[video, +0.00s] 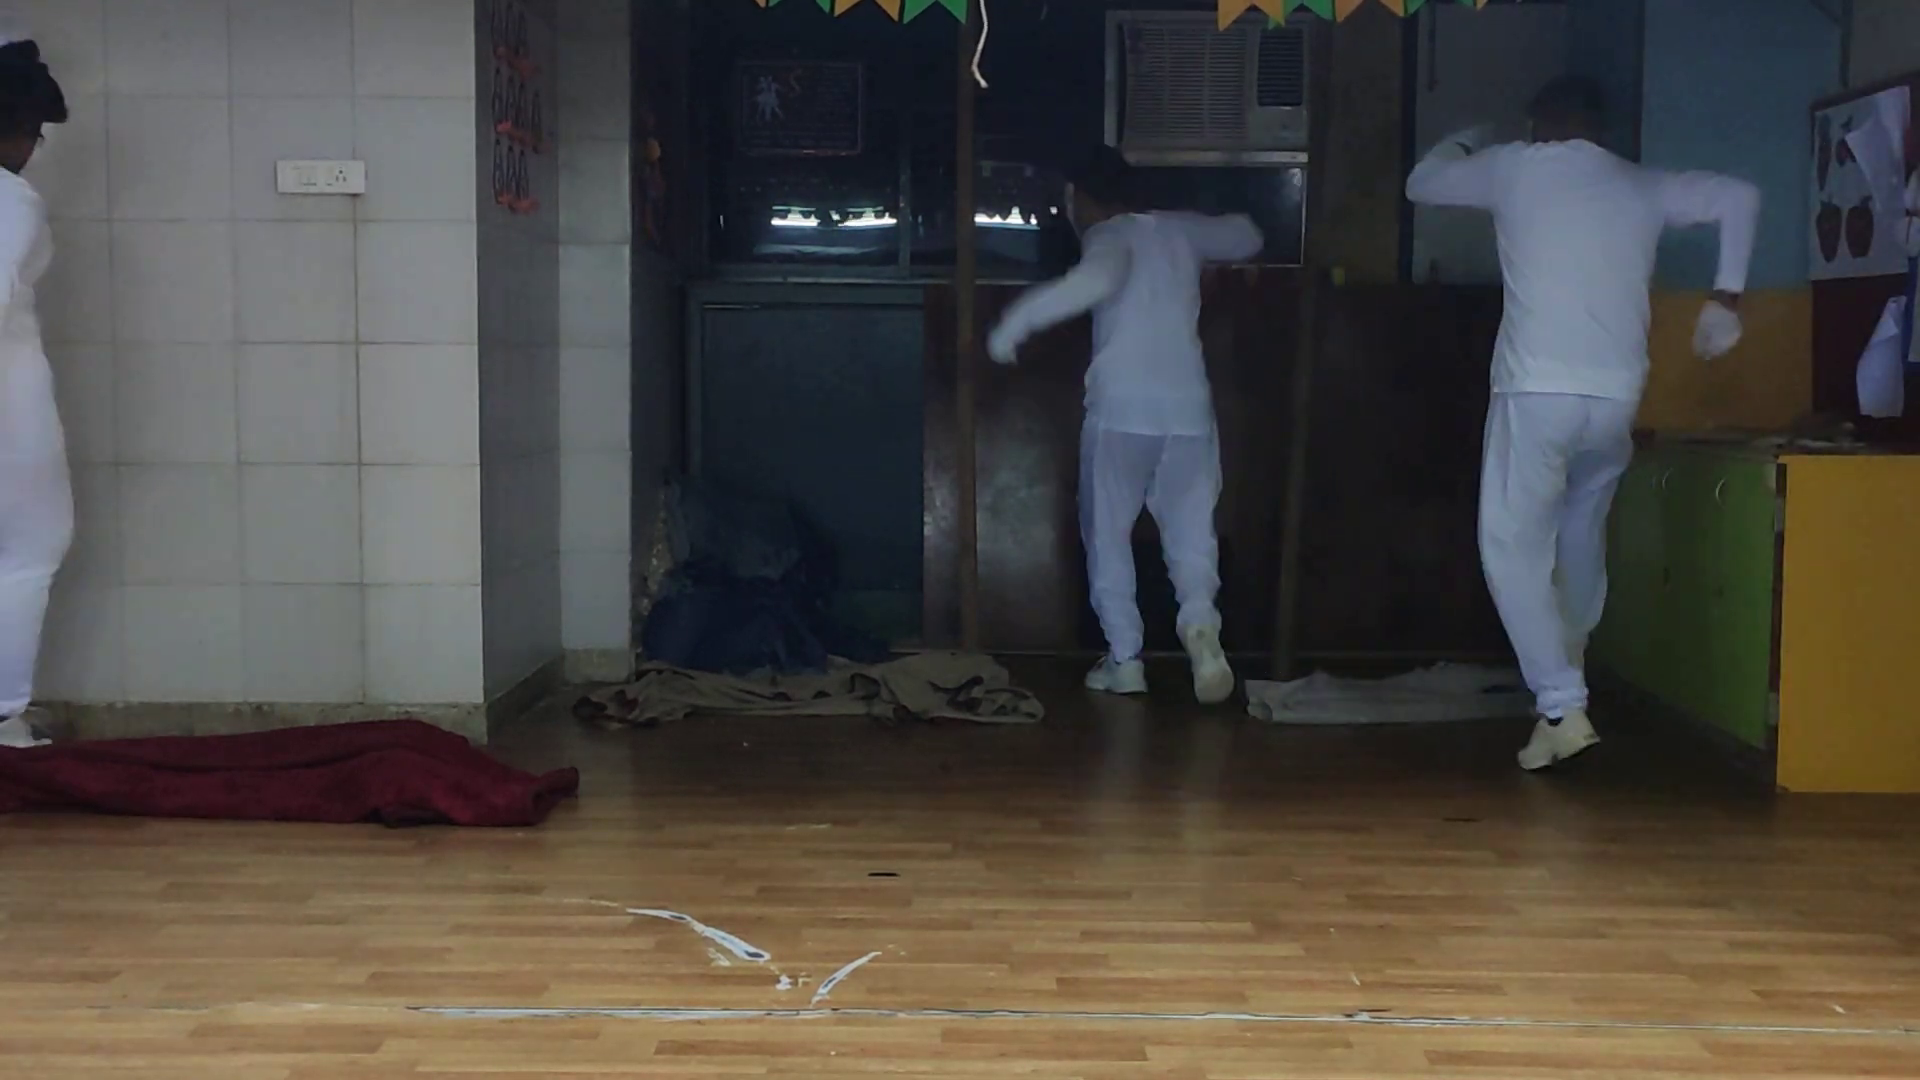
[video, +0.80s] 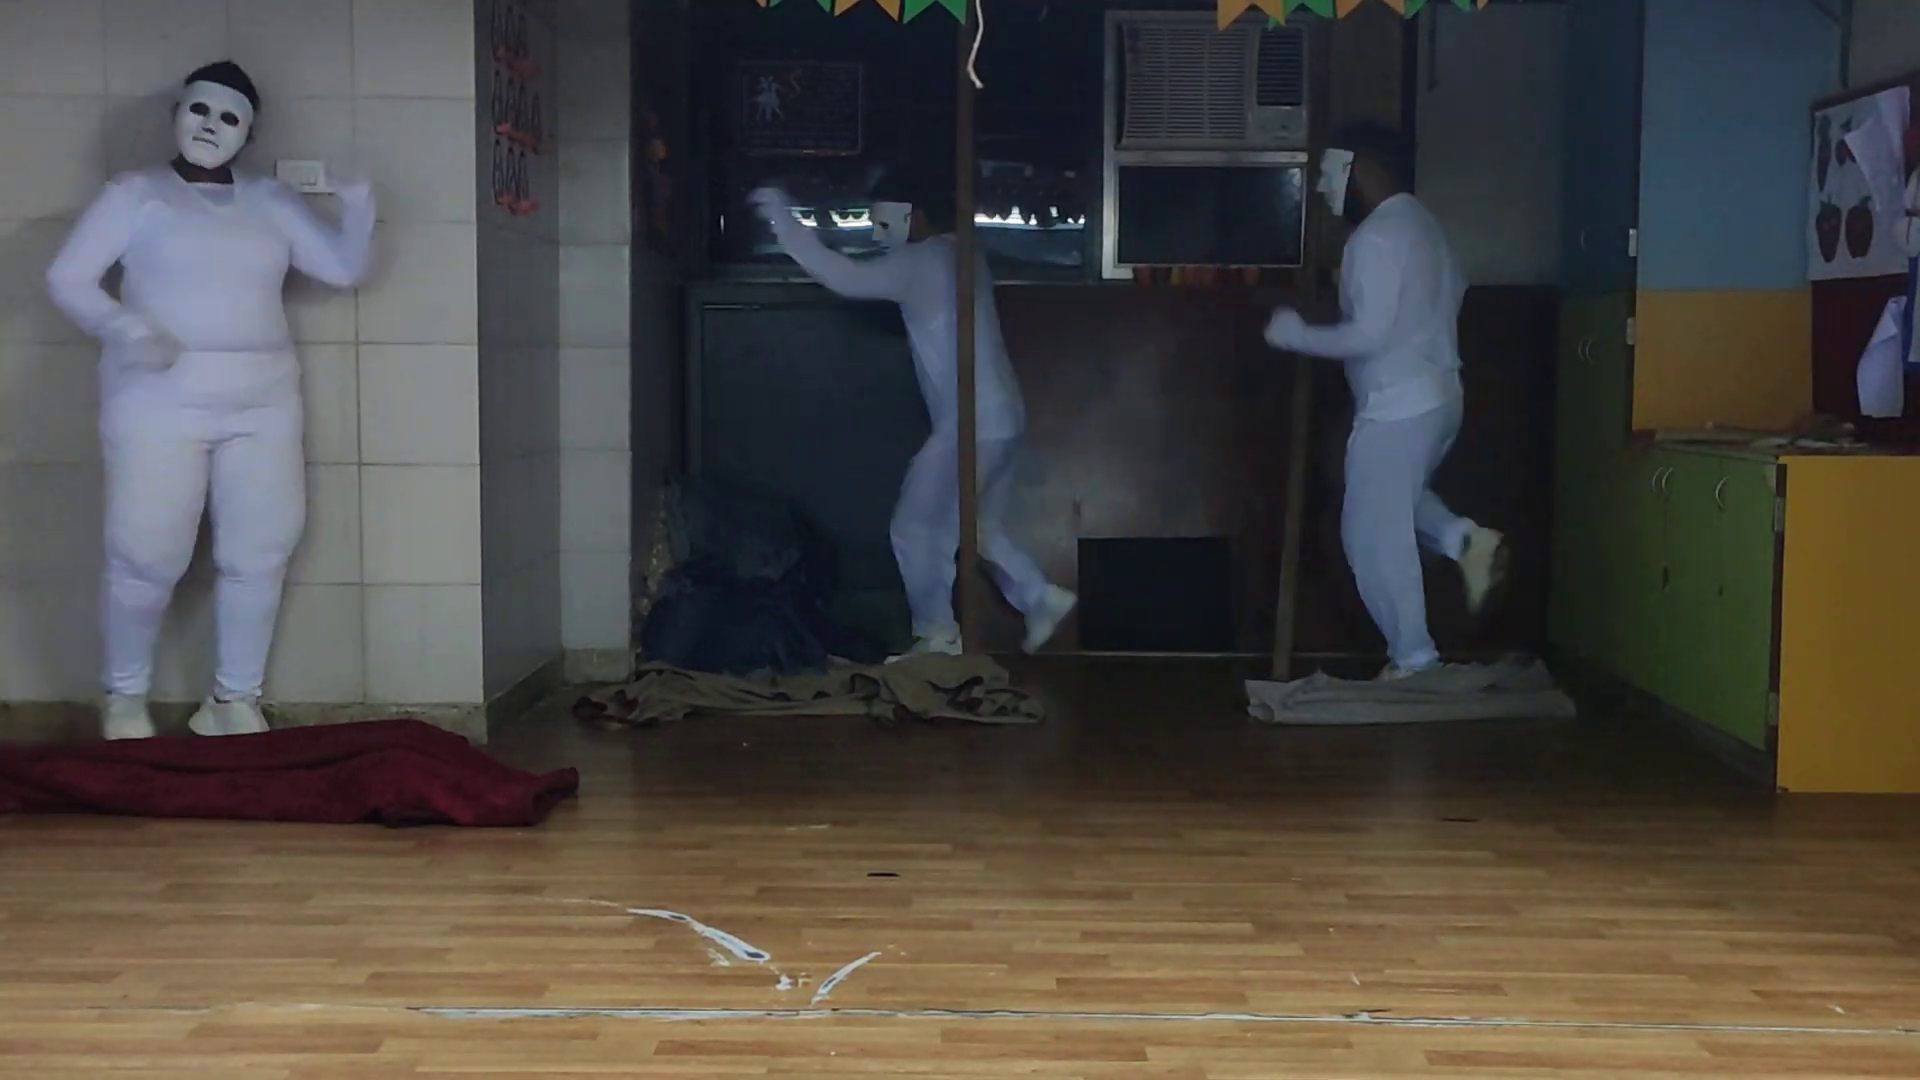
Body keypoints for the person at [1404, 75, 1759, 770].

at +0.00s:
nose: (1533, 132)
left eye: (1537, 123)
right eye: (1540, 123)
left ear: (1542, 123)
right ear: (1602, 125)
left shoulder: (1512, 169)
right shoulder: (1645, 186)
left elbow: (1422, 182)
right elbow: (1739, 197)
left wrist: (1460, 144)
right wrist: (1726, 299)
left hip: (1537, 392)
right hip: (1616, 396)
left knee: (1512, 546)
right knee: (1584, 529)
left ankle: (1562, 710)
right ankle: (1570, 658)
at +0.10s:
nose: (1530, 152)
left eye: (1531, 142)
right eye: (1537, 141)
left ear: (1535, 142)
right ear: (1591, 147)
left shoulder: (1502, 194)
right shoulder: (1631, 212)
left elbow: (1432, 265)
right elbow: (1701, 282)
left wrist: (1483, 235)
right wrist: (1663, 363)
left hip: (1521, 406)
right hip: (1599, 409)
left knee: (1529, 561)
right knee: (1584, 553)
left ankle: (1569, 720)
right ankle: (1591, 688)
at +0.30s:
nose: (1484, 160)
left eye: (1486, 150)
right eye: (1488, 149)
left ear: (1497, 151)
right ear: (1546, 148)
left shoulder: (1482, 210)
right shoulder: (1593, 204)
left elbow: (1457, 297)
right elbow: (1608, 270)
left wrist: (1441, 377)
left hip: (1514, 397)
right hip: (1590, 398)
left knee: (1426, 489)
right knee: (1579, 549)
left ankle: (1498, 584)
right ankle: (1585, 694)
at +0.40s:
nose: (1453, 150)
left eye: (1454, 140)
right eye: (1455, 140)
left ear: (1465, 137)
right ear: (1512, 132)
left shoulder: (1467, 184)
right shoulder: (1551, 173)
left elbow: (1461, 228)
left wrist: (1435, 324)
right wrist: (1412, 185)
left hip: (1502, 376)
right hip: (1572, 379)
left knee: (1416, 456)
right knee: (1569, 519)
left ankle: (1468, 590)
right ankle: (1578, 665)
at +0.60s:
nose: (1406, 192)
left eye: (1406, 182)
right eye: (1405, 182)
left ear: (1419, 183)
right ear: (1460, 174)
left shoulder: (1431, 247)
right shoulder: (1493, 213)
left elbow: (1468, 324)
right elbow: (1427, 198)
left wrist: (1426, 395)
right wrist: (1377, 183)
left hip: (1462, 424)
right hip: (1525, 413)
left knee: (1410, 539)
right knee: (1542, 545)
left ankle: (1417, 661)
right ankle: (1577, 684)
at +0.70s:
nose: (1365, 200)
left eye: (1366, 187)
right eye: (1363, 188)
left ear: (1388, 181)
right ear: (1415, 178)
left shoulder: (1400, 259)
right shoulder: (1457, 226)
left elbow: (1411, 368)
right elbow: (1426, 288)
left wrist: (1375, 441)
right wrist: (1361, 289)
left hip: (1426, 417)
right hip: (1480, 409)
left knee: (1388, 529)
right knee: (1486, 521)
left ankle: (1414, 656)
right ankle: (1550, 616)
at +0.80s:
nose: (1337, 181)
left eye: (1341, 169)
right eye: (1337, 169)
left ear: (1362, 168)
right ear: (1392, 169)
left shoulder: (1377, 236)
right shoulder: (1424, 225)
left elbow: (1370, 332)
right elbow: (1453, 290)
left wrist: (1298, 334)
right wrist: (1405, 334)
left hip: (1397, 409)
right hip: (1441, 401)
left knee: (1374, 532)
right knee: (1397, 492)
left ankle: (1413, 656)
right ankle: (1465, 542)